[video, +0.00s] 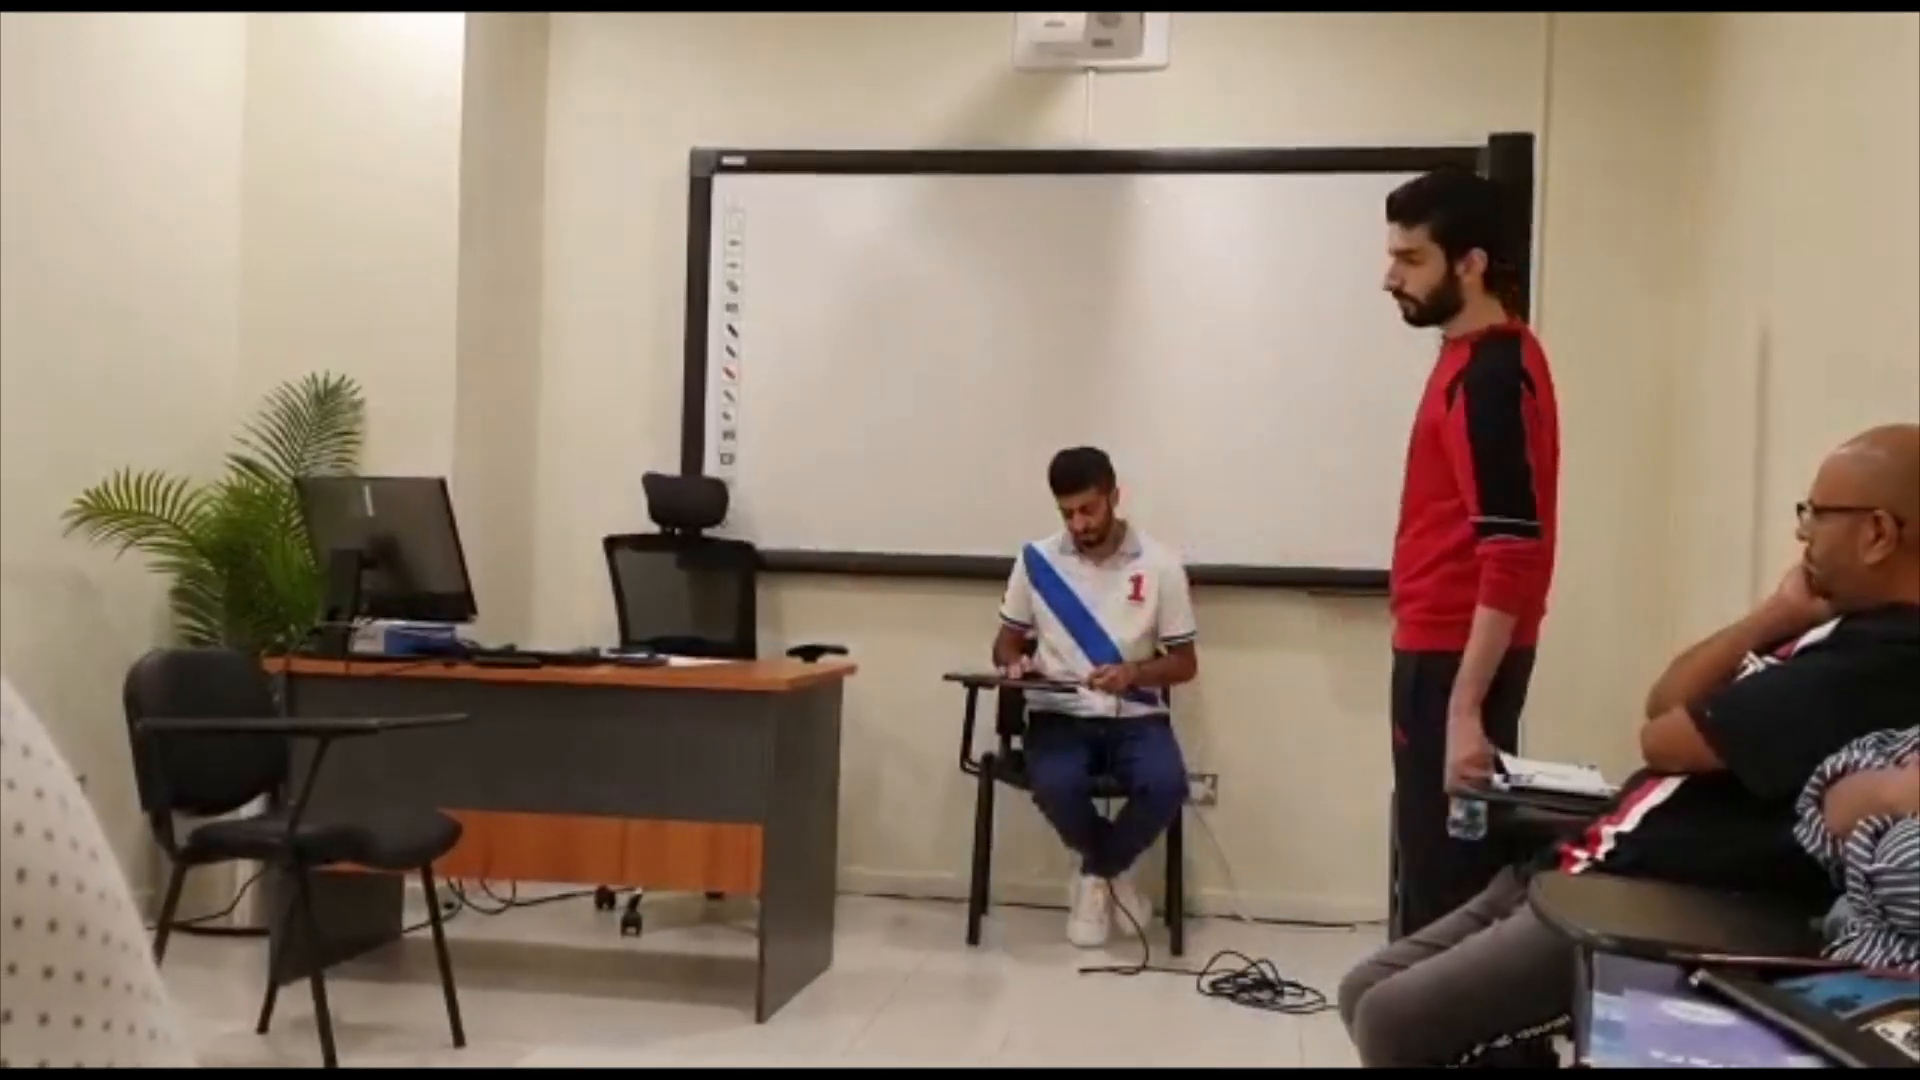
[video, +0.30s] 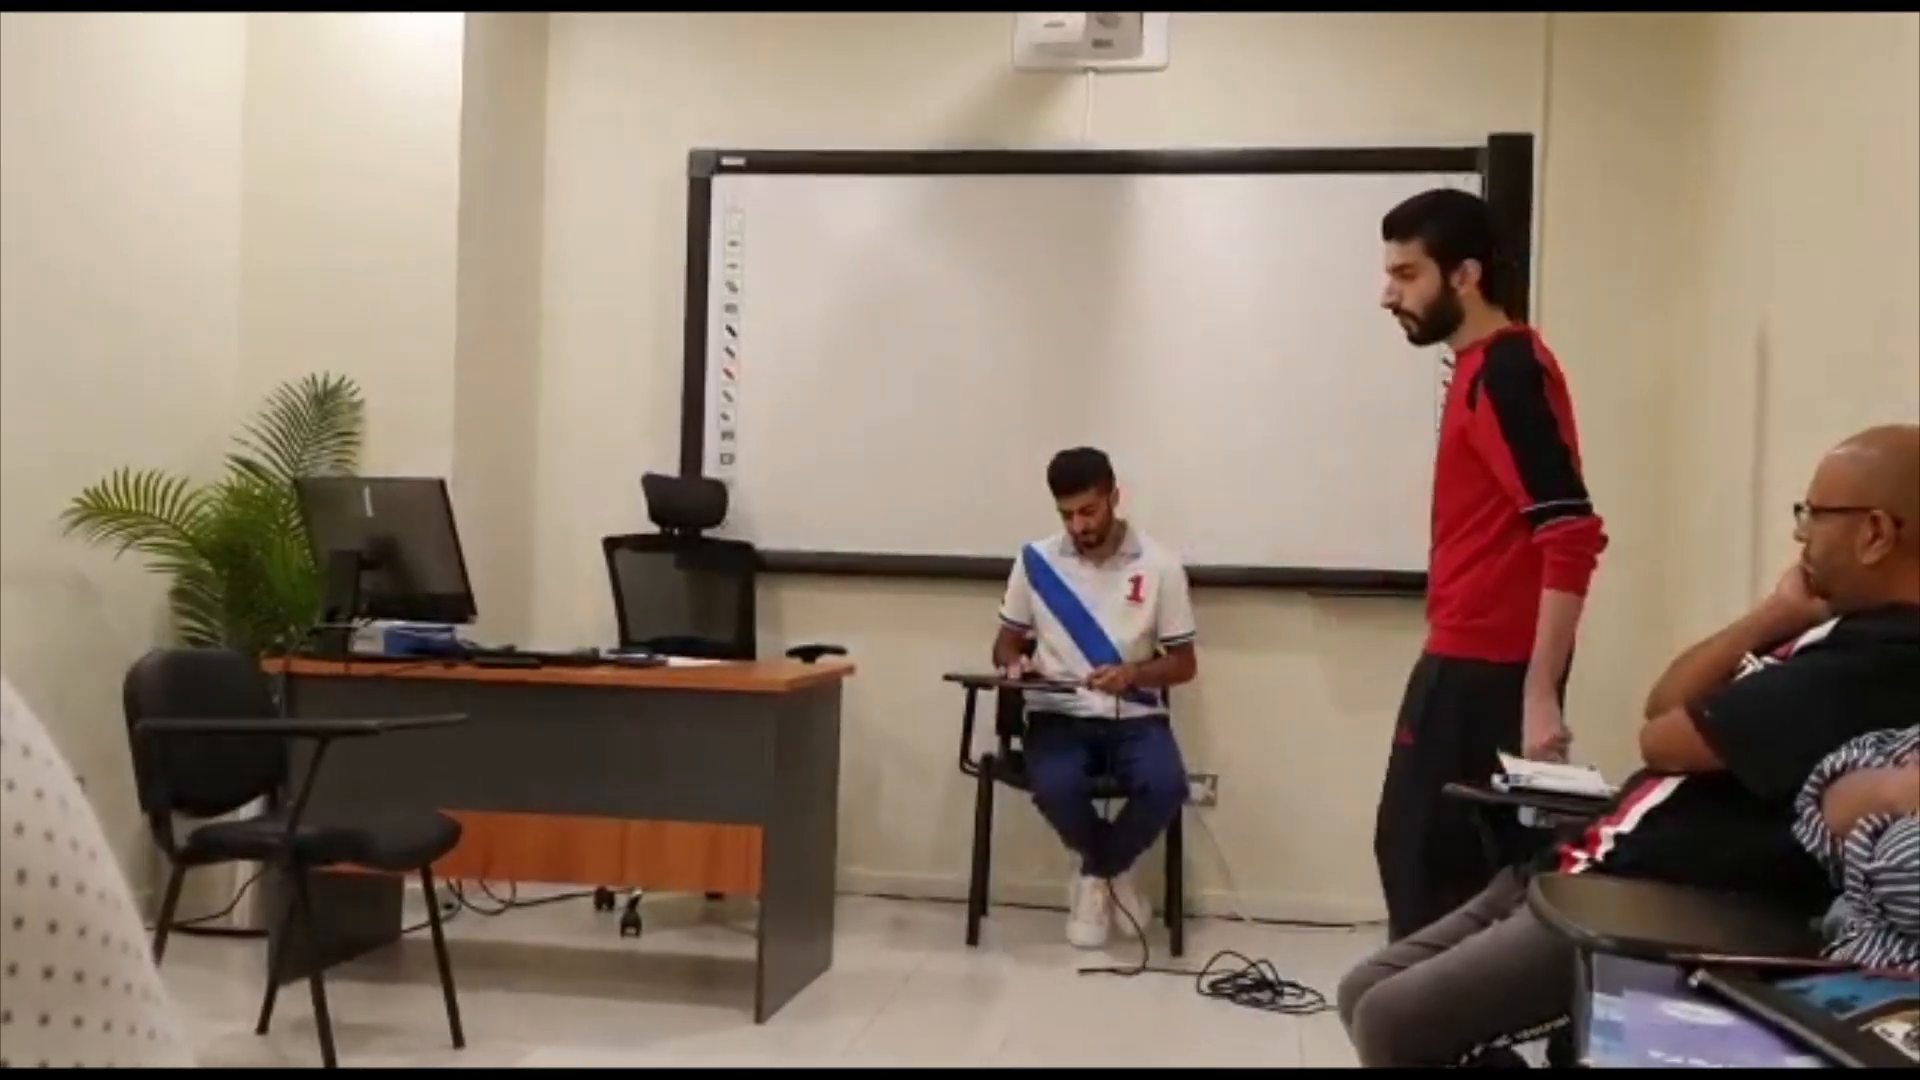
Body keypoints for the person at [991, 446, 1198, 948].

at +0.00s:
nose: (1079, 524)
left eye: (1088, 510)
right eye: (1068, 514)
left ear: (1115, 497)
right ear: (1058, 509)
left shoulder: (1159, 565)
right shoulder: (1036, 561)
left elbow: (1184, 662)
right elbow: (1007, 643)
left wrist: (1132, 674)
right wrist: (1014, 661)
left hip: (1135, 717)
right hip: (1059, 716)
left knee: (1164, 788)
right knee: (1055, 789)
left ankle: (1095, 879)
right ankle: (1114, 872)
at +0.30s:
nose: (1078, 526)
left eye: (1088, 512)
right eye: (1068, 515)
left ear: (1115, 498)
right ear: (1057, 510)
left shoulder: (1158, 566)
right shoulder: (1035, 562)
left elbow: (1183, 662)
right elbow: (1007, 643)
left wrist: (1131, 675)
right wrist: (1014, 662)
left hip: (1134, 718)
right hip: (1058, 716)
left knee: (1163, 788)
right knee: (1055, 791)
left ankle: (1094, 880)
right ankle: (1115, 870)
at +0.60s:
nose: (1078, 526)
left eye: (1087, 512)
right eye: (1067, 515)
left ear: (1114, 498)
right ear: (1056, 509)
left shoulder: (1158, 567)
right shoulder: (1036, 562)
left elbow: (1184, 663)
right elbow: (1008, 642)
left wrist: (1131, 675)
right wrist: (1014, 662)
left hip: (1134, 717)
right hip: (1058, 716)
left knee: (1163, 789)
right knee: (1055, 791)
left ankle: (1095, 879)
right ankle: (1115, 869)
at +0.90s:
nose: (1078, 527)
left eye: (1088, 513)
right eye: (1068, 516)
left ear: (1115, 499)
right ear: (1057, 511)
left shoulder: (1159, 567)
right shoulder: (1036, 562)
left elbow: (1184, 663)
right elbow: (1008, 643)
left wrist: (1131, 676)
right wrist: (1014, 663)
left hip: (1134, 717)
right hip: (1058, 716)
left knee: (1164, 789)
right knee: (1055, 792)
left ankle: (1095, 880)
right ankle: (1114, 869)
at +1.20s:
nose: (1078, 527)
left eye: (1087, 513)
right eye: (1067, 516)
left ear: (1114, 499)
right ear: (1057, 511)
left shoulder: (1158, 566)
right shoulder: (1036, 563)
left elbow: (1184, 667)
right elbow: (1007, 645)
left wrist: (1133, 676)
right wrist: (1014, 663)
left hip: (1136, 717)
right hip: (1060, 716)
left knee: (1164, 789)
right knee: (1055, 792)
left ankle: (1095, 880)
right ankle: (1115, 871)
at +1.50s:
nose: (1078, 526)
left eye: (1087, 512)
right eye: (1067, 514)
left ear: (1113, 499)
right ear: (1056, 509)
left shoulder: (1158, 566)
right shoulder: (1036, 562)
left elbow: (1183, 663)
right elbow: (1008, 641)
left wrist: (1132, 674)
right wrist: (1012, 661)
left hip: (1135, 717)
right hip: (1059, 716)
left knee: (1163, 788)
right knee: (1055, 791)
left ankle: (1094, 879)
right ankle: (1114, 870)